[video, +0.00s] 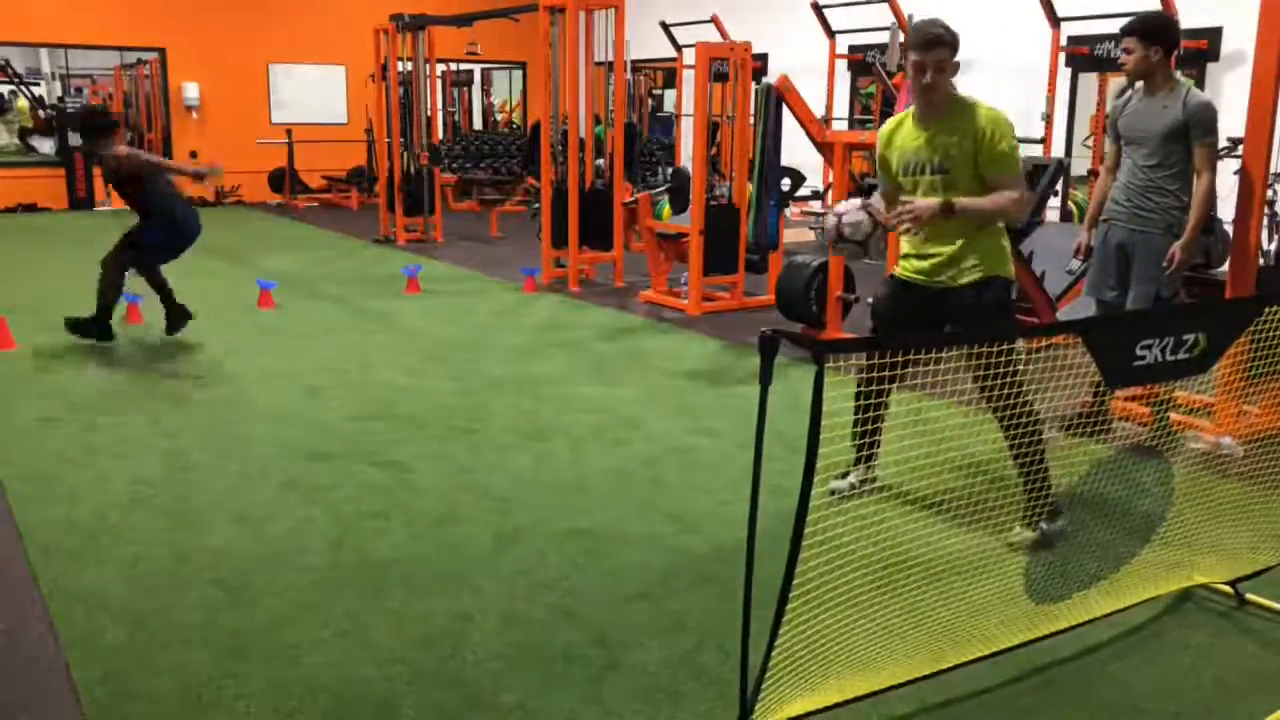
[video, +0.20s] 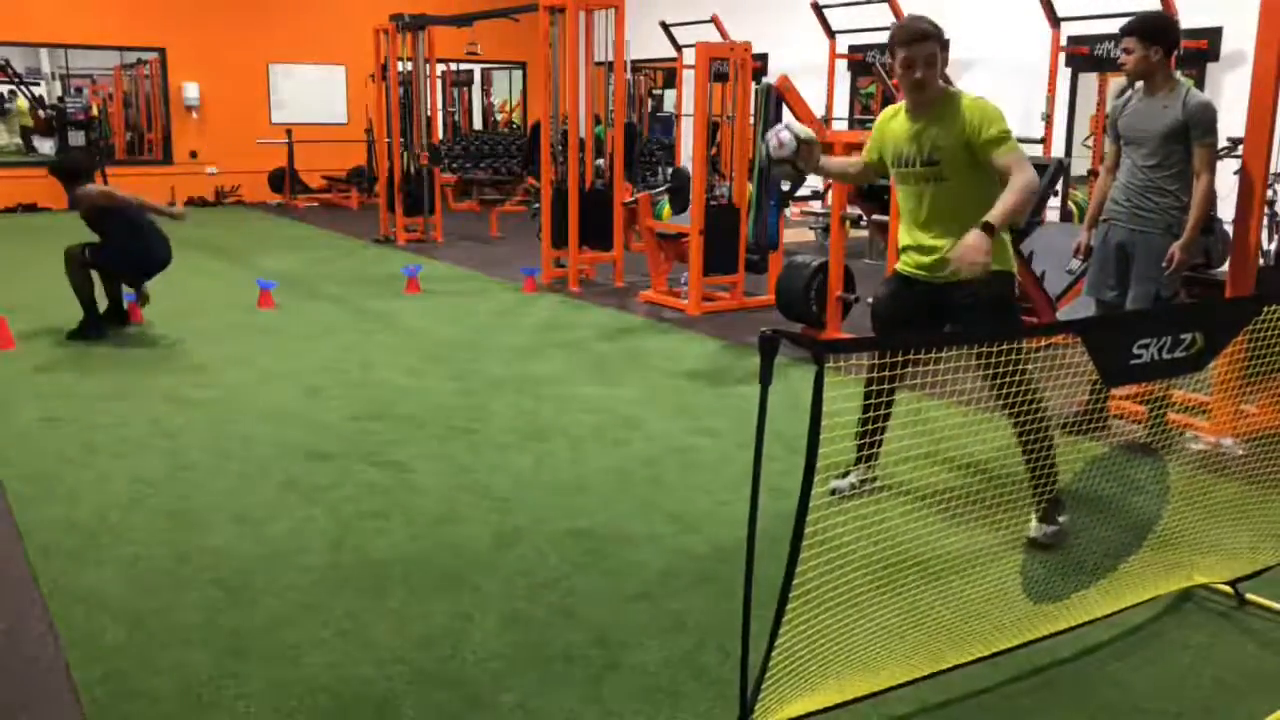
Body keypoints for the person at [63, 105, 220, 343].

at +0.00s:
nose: (84, 148)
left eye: (88, 140)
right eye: (84, 140)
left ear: (97, 139)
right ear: (111, 135)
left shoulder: (114, 157)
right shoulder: (126, 156)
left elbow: (155, 163)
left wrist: (192, 172)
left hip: (164, 224)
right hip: (186, 221)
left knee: (113, 263)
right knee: (142, 260)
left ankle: (101, 322)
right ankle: (174, 309)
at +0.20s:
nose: (60, 184)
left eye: (60, 179)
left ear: (63, 179)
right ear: (89, 173)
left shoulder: (83, 196)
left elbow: (132, 202)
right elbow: (120, 244)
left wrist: (169, 212)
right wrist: (138, 286)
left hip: (140, 256)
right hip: (160, 253)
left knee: (74, 256)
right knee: (102, 253)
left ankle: (91, 321)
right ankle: (116, 310)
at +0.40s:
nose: (63, 174)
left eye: (64, 169)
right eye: (64, 169)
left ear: (70, 170)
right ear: (92, 166)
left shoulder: (87, 188)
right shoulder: (109, 184)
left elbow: (104, 214)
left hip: (145, 250)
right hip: (162, 243)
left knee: (72, 258)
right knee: (106, 255)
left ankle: (102, 315)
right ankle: (116, 309)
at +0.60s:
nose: (104, 115)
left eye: (110, 109)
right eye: (102, 109)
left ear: (128, 112)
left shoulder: (141, 135)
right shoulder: (120, 142)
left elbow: (180, 148)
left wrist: (196, 166)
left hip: (162, 217)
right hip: (150, 215)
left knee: (110, 261)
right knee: (133, 257)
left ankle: (108, 318)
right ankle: (144, 310)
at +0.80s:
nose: (185, 101)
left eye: (190, 94)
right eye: (176, 94)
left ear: (198, 99)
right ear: (165, 101)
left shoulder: (218, 140)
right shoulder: (161, 141)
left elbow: (237, 173)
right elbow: (135, 170)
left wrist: (233, 205)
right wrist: (111, 183)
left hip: (215, 209)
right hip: (185, 206)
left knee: (173, 262)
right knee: (164, 259)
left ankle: (174, 323)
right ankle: (212, 320)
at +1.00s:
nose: (251, 100)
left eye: (256, 93)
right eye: (243, 94)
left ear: (262, 98)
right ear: (228, 101)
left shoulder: (280, 144)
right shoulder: (219, 141)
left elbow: (297, 183)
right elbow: (175, 158)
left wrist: (279, 203)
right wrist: (125, 161)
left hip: (272, 223)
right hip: (234, 224)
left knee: (281, 281)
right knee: (229, 294)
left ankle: (267, 354)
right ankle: (207, 311)